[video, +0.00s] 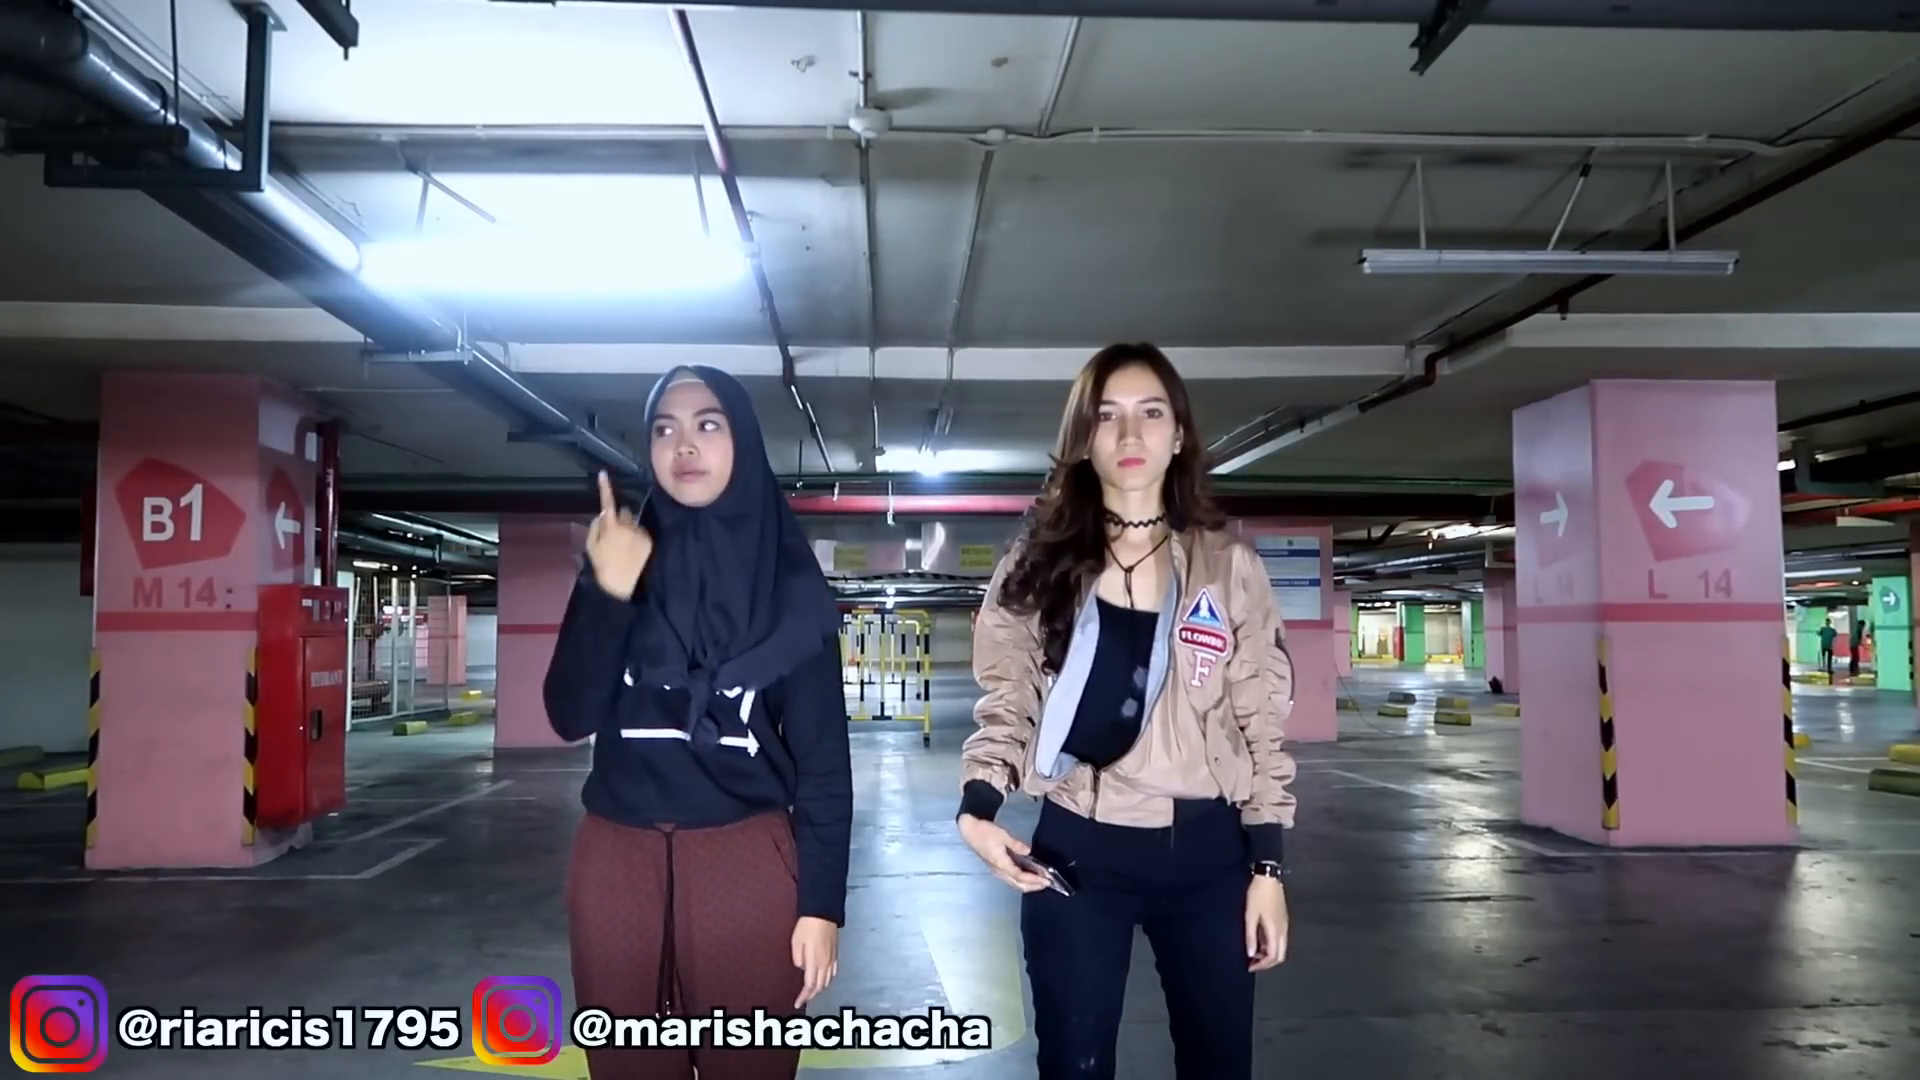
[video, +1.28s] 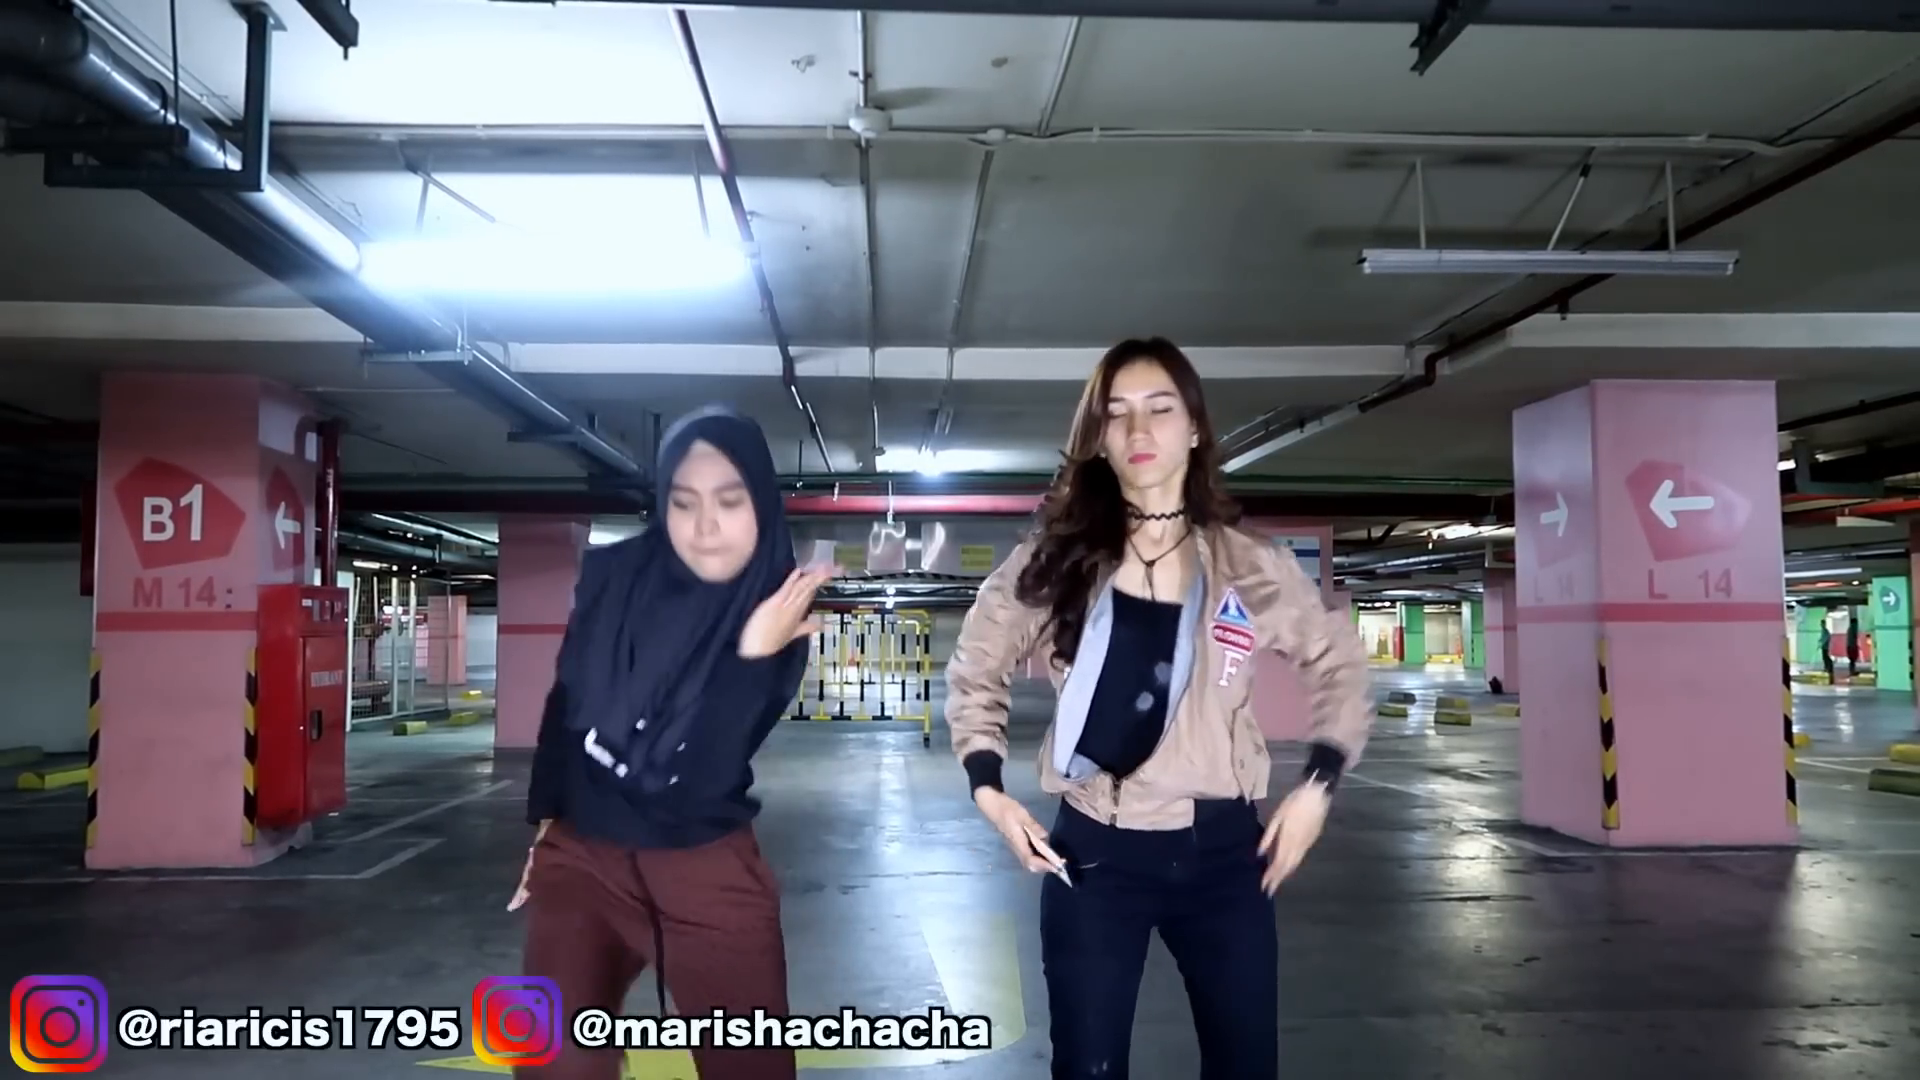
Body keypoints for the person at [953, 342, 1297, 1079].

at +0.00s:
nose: (1130, 432)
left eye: (1151, 412)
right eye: (1109, 415)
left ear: (1179, 431)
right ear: (1084, 438)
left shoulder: (1229, 563)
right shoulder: (1035, 561)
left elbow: (1260, 718)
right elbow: (1005, 699)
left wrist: (1267, 863)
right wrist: (975, 809)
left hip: (1204, 853)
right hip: (1075, 854)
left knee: (1220, 1067)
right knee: (1075, 1070)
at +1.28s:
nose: (1138, 429)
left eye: (1159, 408)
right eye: (1118, 413)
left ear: (1195, 428)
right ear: (1097, 438)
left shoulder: (1248, 562)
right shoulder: (1057, 555)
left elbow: (1343, 664)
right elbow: (976, 671)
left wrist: (1320, 784)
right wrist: (988, 788)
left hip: (1223, 854)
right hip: (1092, 856)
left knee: (1244, 1066)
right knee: (1086, 1067)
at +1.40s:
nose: (1141, 457)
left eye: (1165, 431)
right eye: (1133, 438)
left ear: (1226, 444)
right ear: (1122, 455)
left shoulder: (1281, 591)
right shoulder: (1086, 574)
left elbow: (1391, 689)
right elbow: (992, 671)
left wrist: (1341, 779)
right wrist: (979, 790)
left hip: (1236, 870)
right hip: (1106, 866)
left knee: (1258, 1069)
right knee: (1074, 1066)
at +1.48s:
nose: (1150, 489)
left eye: (1176, 465)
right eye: (1149, 470)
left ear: (1242, 485)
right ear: (1140, 485)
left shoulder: (1299, 645)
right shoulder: (1100, 598)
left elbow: (1376, 779)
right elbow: (1008, 689)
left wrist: (1307, 815)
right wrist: (992, 774)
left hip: (1233, 895)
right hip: (1105, 882)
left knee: (1270, 1070)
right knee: (1053, 1052)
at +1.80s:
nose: (1235, 454)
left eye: (1259, 438)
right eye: (1218, 436)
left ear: (1287, 464)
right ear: (1189, 458)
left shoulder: (1290, 627)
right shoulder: (1120, 559)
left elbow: (1284, 800)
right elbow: (1008, 612)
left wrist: (1257, 725)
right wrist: (934, 687)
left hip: (1180, 882)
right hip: (1060, 856)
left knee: (1180, 1069)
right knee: (965, 1060)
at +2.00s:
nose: (1146, 437)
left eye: (1171, 423)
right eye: (1126, 422)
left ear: (1203, 455)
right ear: (1099, 452)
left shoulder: (1242, 583)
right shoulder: (1058, 558)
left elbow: (1358, 715)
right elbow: (944, 610)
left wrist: (1265, 639)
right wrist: (917, 686)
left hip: (1161, 870)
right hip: (1037, 852)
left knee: (1157, 1070)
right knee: (961, 1060)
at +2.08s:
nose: (1095, 477)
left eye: (1120, 462)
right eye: (1078, 459)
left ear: (1152, 492)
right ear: (1047, 484)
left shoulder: (1213, 603)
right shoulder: (999, 619)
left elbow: (1327, 698)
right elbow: (940, 746)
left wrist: (1248, 720)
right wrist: (942, 798)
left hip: (1160, 891)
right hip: (1034, 886)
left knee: (1171, 1069)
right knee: (1001, 1067)